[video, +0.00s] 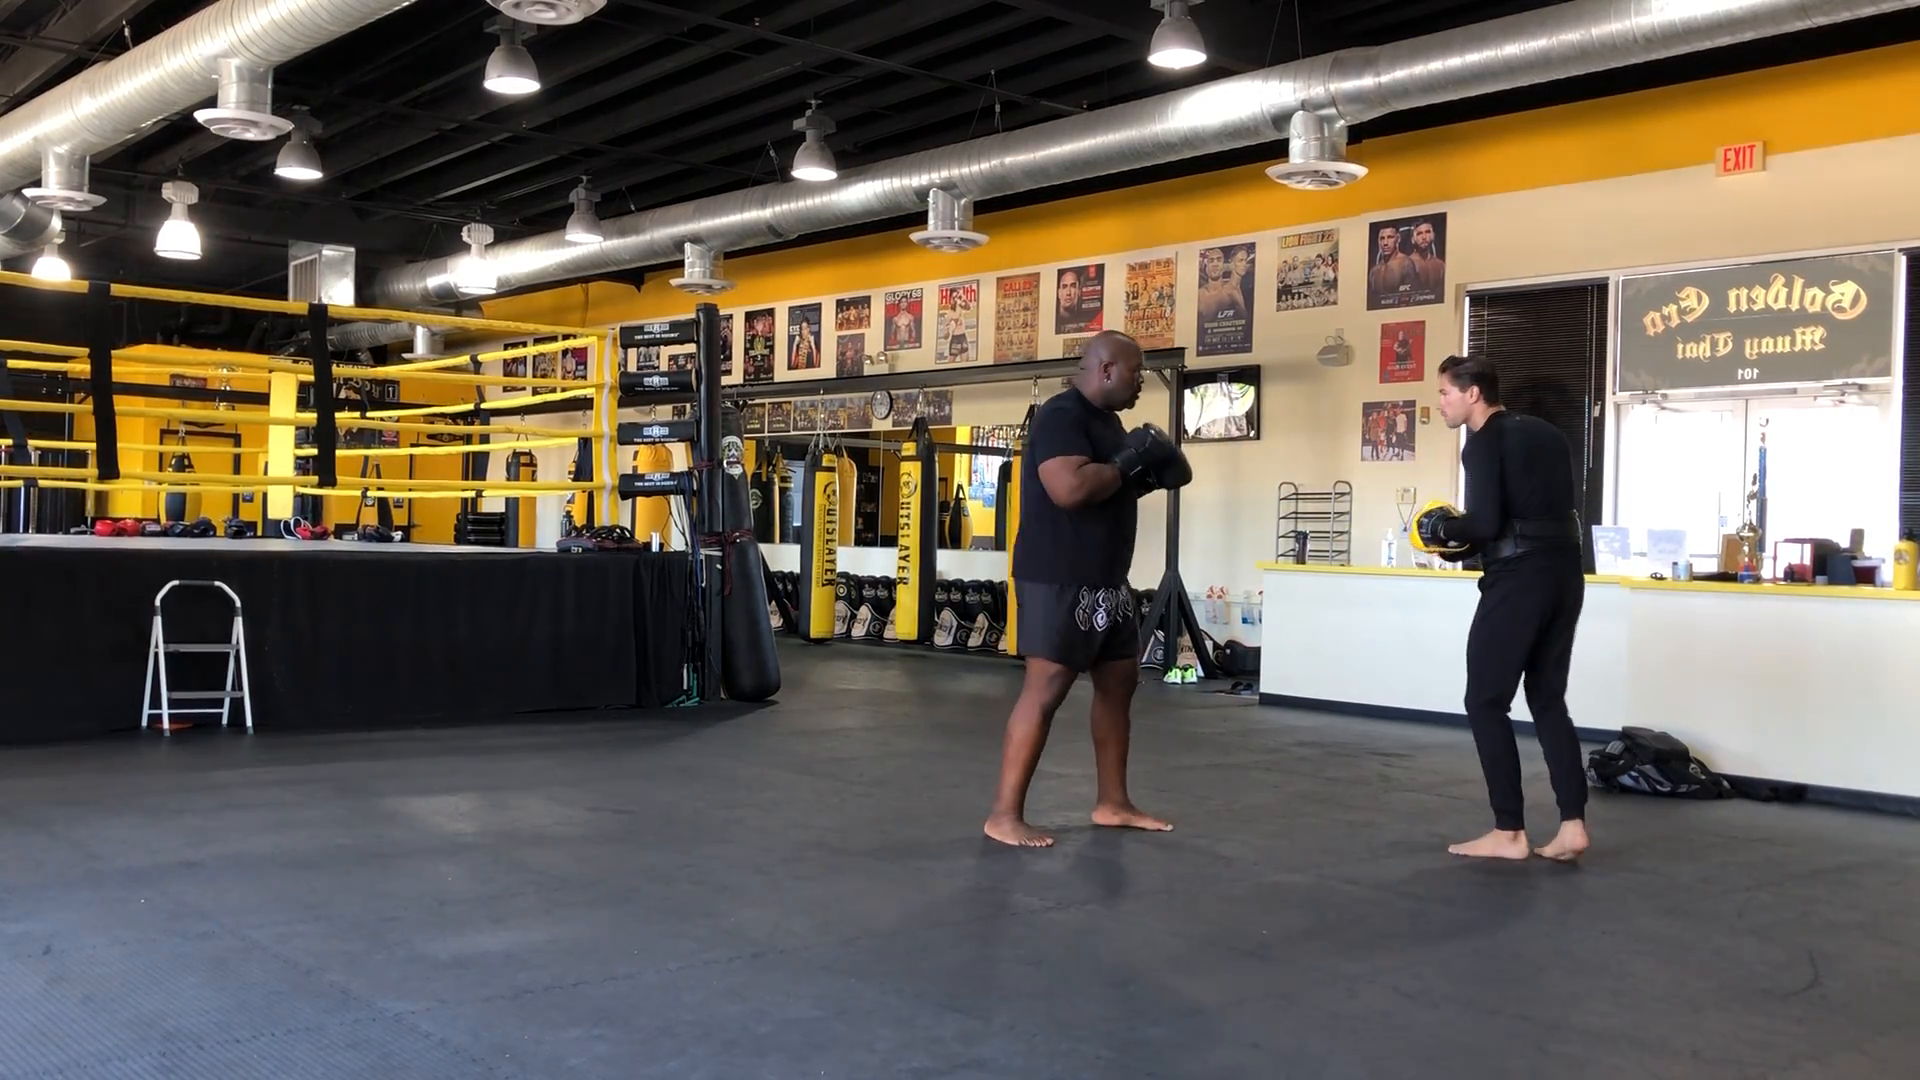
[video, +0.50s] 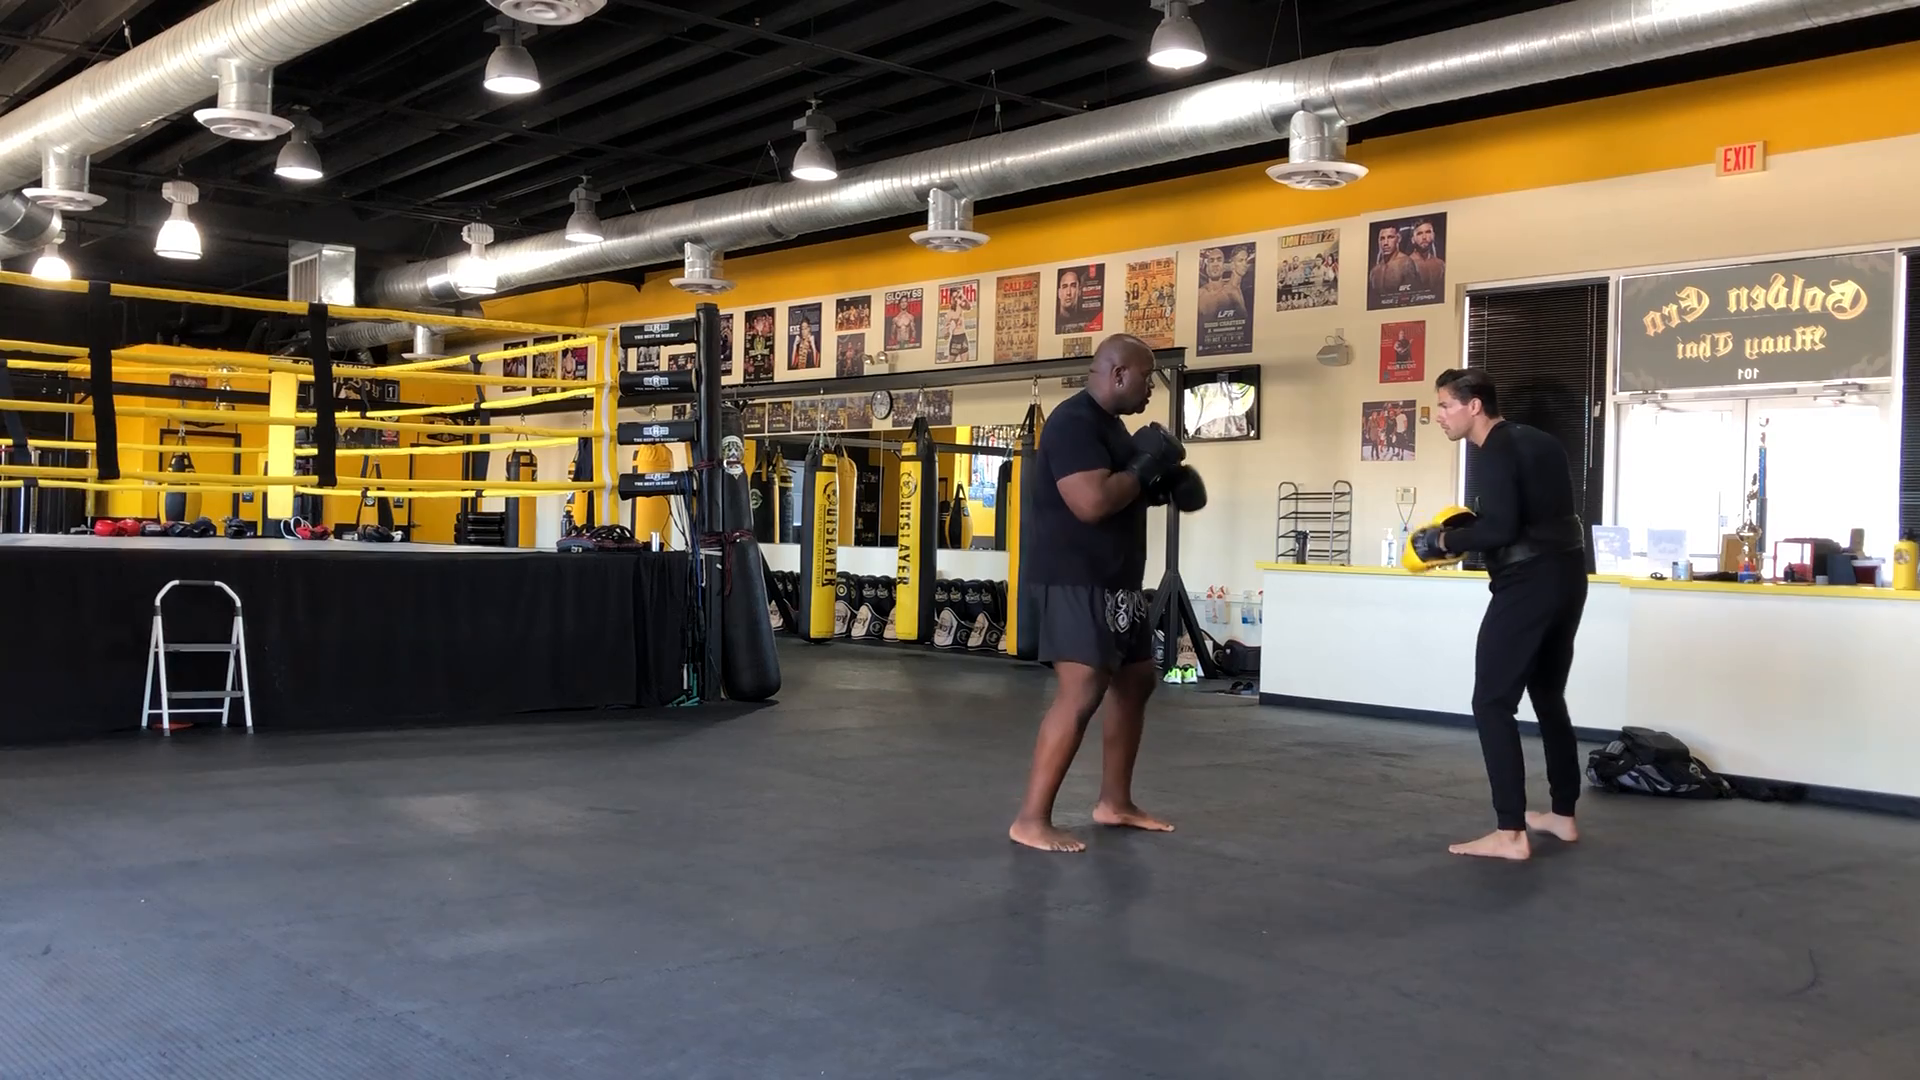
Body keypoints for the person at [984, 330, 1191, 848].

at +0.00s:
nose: (1140, 384)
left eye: (1141, 375)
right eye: (1136, 374)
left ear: (1106, 369)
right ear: (1105, 369)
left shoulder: (1109, 426)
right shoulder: (1059, 413)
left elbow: (1108, 495)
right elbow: (1068, 488)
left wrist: (1153, 474)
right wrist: (1128, 458)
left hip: (1106, 579)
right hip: (1056, 579)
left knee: (1118, 681)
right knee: (1044, 686)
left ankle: (1112, 802)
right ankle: (1004, 816)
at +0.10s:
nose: (1150, 382)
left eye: (1151, 373)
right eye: (1146, 372)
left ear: (1116, 368)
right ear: (1116, 367)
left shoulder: (1117, 428)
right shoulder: (1067, 414)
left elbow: (1116, 499)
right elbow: (1075, 490)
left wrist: (1161, 471)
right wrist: (1136, 454)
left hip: (1111, 579)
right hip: (1065, 578)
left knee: (1112, 683)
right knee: (1065, 686)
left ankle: (1111, 804)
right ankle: (1007, 809)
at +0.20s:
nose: (1157, 385)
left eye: (1158, 377)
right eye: (1153, 375)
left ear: (1122, 371)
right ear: (1123, 370)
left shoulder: (1125, 430)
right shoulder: (1073, 413)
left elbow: (1129, 503)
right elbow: (1080, 487)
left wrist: (1171, 476)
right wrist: (1141, 461)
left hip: (1113, 578)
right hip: (1067, 574)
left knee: (1110, 686)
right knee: (1085, 680)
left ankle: (1112, 804)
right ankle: (1017, 795)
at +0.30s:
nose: (1159, 383)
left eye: (1160, 374)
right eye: (1154, 373)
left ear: (1125, 369)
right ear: (1123, 368)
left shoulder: (1126, 428)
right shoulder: (1078, 411)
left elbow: (1130, 494)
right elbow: (1082, 484)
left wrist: (1172, 467)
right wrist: (1145, 459)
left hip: (1113, 574)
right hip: (1070, 570)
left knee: (1114, 682)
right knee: (1089, 678)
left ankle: (1112, 804)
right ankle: (1031, 803)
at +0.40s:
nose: (1155, 384)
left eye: (1156, 375)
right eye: (1151, 374)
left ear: (1120, 370)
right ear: (1120, 369)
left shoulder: (1120, 427)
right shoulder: (1075, 414)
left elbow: (1123, 494)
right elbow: (1085, 490)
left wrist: (1168, 475)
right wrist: (1145, 458)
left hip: (1116, 579)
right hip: (1075, 577)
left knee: (1119, 685)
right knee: (1085, 684)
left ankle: (1113, 804)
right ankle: (1033, 814)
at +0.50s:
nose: (1150, 388)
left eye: (1151, 379)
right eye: (1146, 377)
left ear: (1115, 373)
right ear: (1115, 373)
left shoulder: (1112, 430)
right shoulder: (1071, 421)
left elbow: (1124, 492)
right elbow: (1090, 501)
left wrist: (1165, 486)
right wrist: (1144, 463)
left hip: (1118, 583)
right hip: (1075, 583)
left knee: (1136, 680)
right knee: (1081, 689)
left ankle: (1115, 803)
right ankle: (1031, 820)